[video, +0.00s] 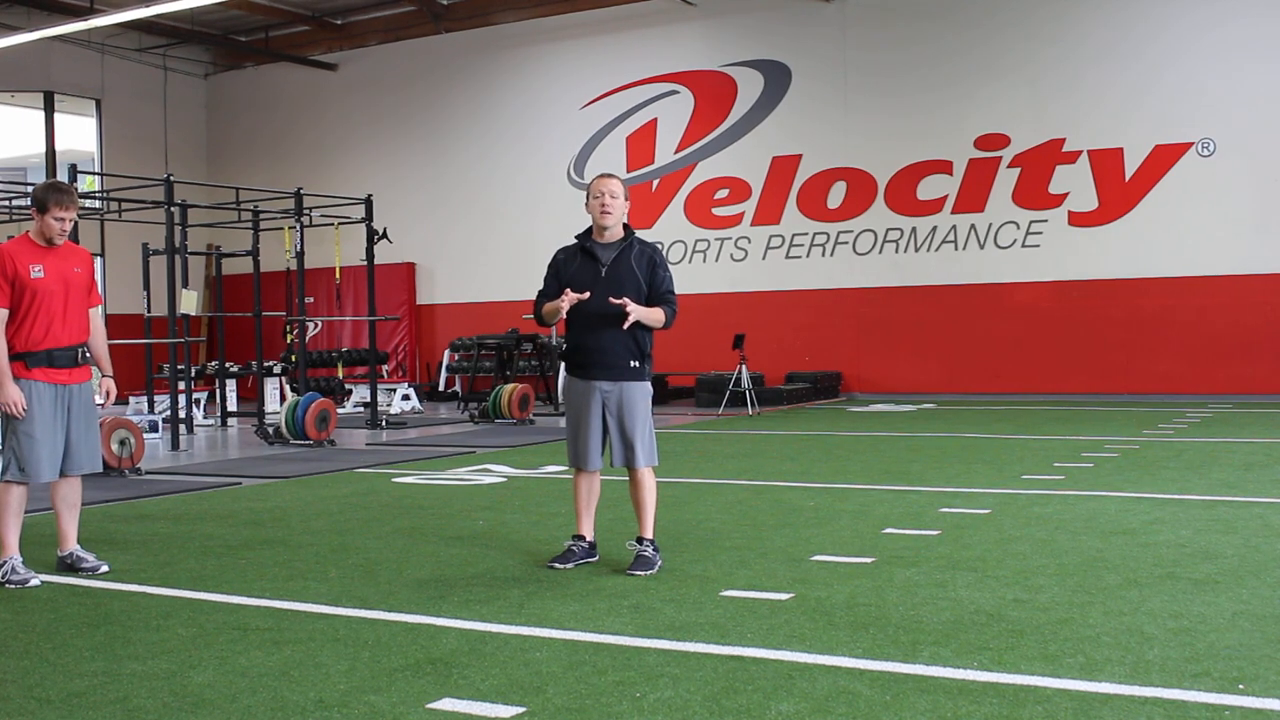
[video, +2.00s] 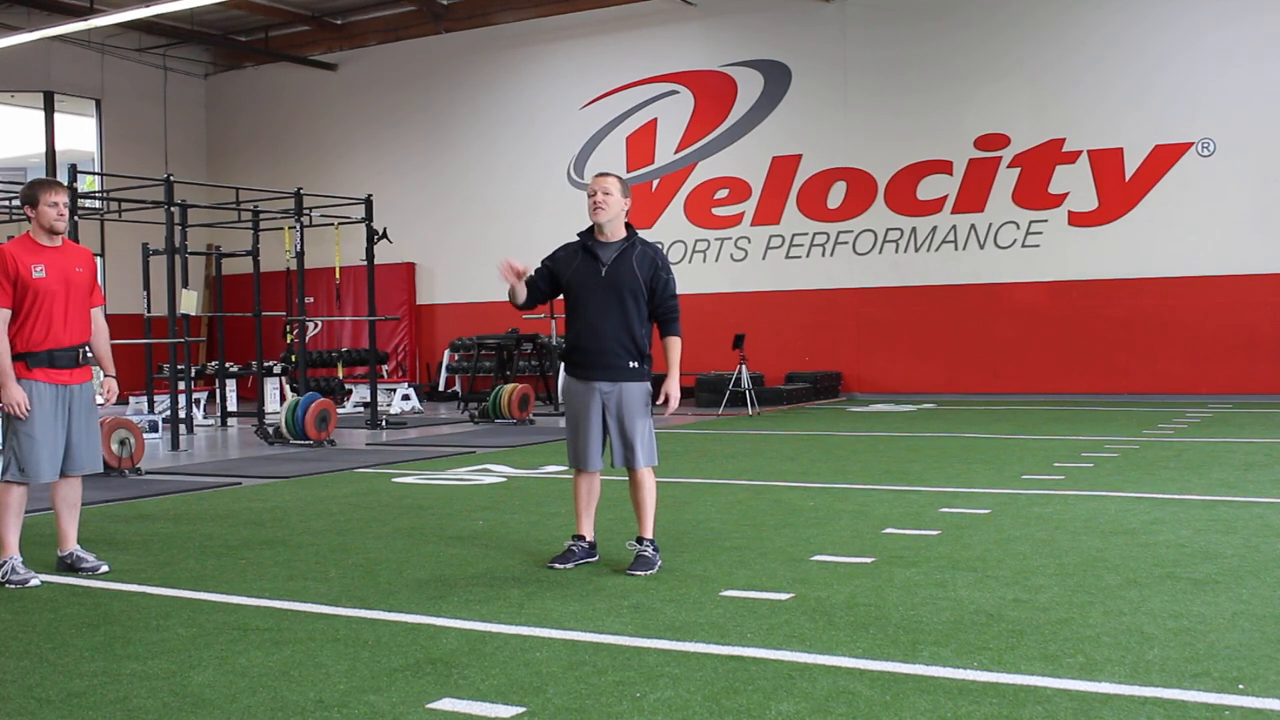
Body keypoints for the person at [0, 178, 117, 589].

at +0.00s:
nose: (66, 227)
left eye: (71, 220)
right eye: (59, 220)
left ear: (75, 216)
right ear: (37, 215)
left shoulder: (82, 258)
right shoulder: (10, 255)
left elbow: (93, 320)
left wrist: (107, 371)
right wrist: (5, 382)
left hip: (76, 377)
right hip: (28, 379)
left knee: (71, 466)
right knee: (18, 472)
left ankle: (69, 550)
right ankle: (9, 559)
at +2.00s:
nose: (62, 212)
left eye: (66, 205)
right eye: (53, 205)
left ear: (69, 211)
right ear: (30, 211)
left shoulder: (84, 257)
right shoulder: (11, 255)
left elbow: (96, 320)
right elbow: (0, 326)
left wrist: (109, 371)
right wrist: (7, 382)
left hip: (77, 377)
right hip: (30, 378)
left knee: (72, 467)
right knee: (18, 473)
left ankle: (69, 551)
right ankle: (10, 559)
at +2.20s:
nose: (64, 211)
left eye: (66, 205)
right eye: (54, 205)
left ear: (69, 210)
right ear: (31, 211)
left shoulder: (84, 257)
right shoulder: (11, 255)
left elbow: (96, 320)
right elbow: (0, 326)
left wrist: (108, 372)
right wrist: (7, 382)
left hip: (77, 377)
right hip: (30, 378)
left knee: (72, 467)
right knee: (18, 473)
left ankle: (69, 551)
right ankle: (10, 559)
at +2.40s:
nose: (64, 211)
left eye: (67, 205)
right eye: (54, 205)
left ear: (69, 210)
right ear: (31, 211)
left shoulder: (84, 257)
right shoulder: (11, 255)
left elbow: (95, 320)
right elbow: (0, 326)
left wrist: (108, 371)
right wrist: (7, 382)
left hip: (77, 377)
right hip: (30, 378)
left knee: (72, 466)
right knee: (18, 473)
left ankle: (69, 551)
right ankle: (10, 559)